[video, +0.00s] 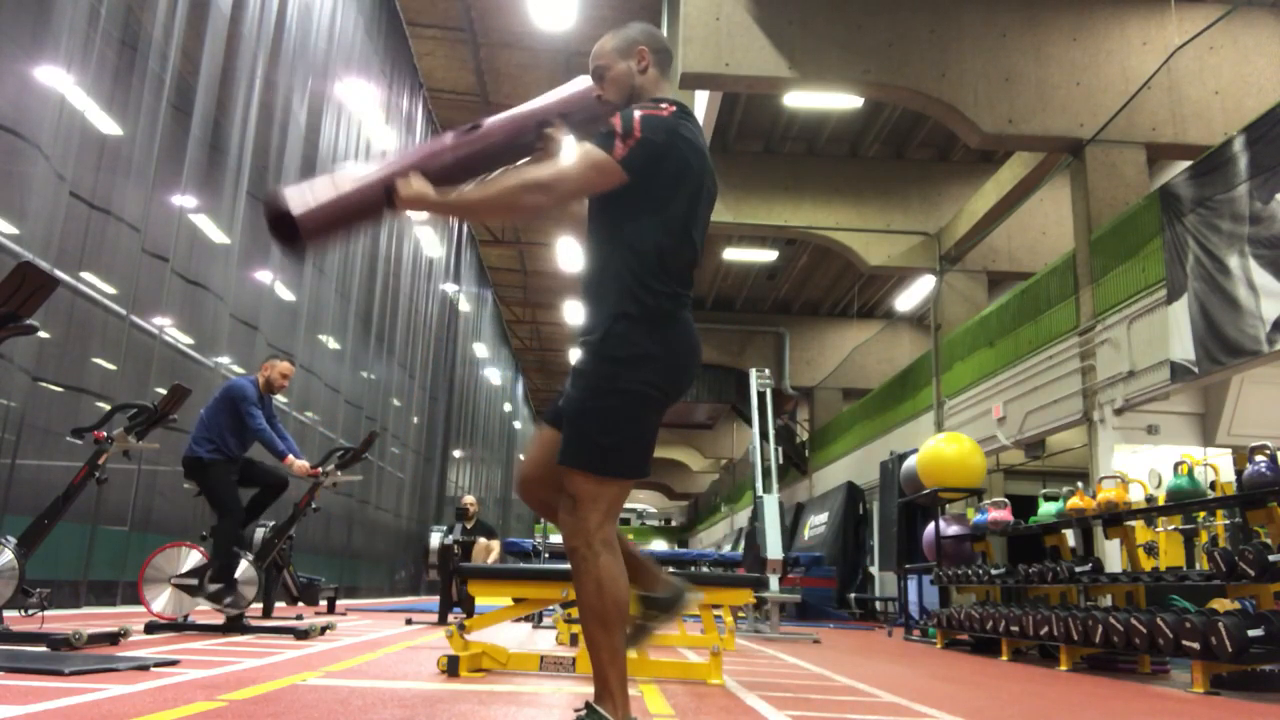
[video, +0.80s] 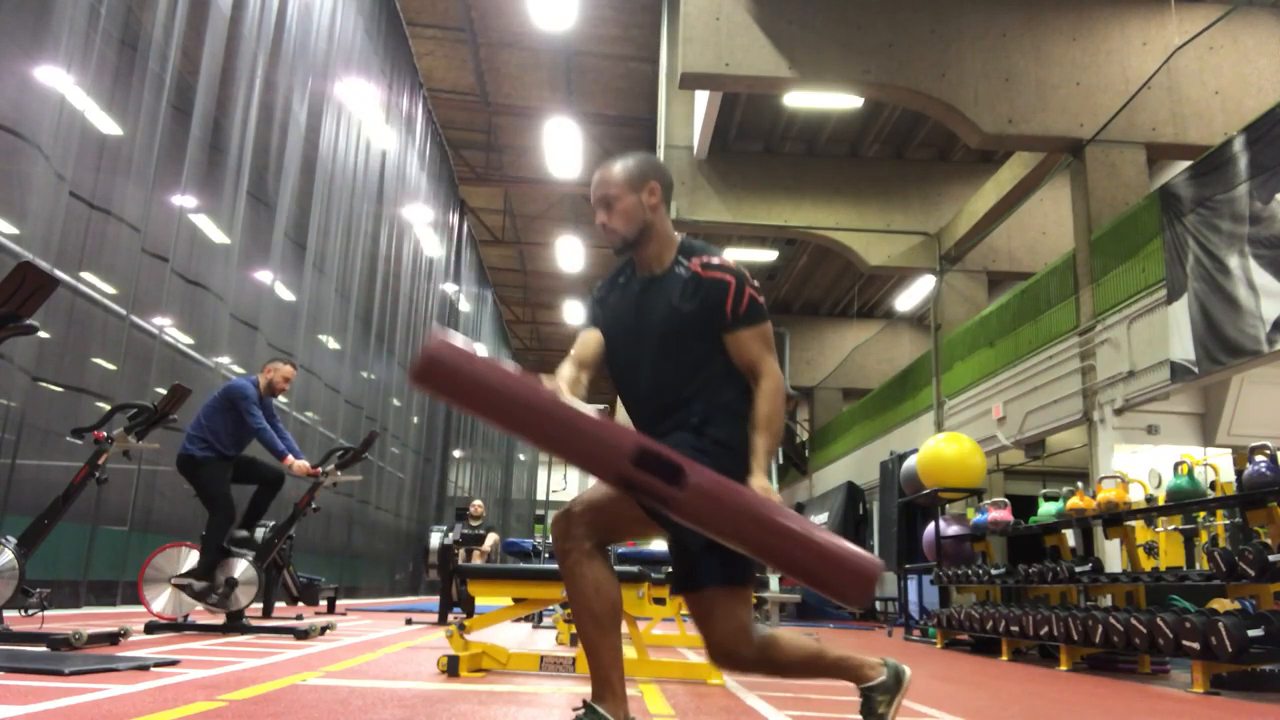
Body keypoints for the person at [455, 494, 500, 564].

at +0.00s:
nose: (468, 508)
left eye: (471, 505)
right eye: (465, 505)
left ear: (477, 508)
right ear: (461, 507)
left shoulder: (486, 528)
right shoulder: (454, 528)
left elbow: (496, 550)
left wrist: (487, 564)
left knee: (481, 541)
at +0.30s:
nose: (468, 506)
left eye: (471, 503)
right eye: (465, 503)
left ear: (477, 508)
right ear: (460, 506)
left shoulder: (483, 526)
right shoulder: (453, 526)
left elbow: (494, 542)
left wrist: (485, 556)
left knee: (479, 540)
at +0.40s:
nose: (470, 505)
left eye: (473, 503)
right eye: (466, 503)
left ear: (478, 507)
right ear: (462, 506)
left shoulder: (484, 525)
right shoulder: (454, 526)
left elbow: (492, 537)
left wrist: (485, 549)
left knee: (477, 540)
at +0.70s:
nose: (474, 506)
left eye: (478, 504)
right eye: (471, 504)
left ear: (483, 510)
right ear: (467, 508)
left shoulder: (487, 526)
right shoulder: (459, 524)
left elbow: (492, 534)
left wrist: (486, 544)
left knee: (477, 548)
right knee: (458, 548)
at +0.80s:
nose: (476, 508)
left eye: (479, 506)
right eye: (473, 506)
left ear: (484, 511)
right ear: (469, 509)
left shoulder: (488, 526)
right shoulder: (461, 525)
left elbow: (493, 535)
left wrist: (486, 545)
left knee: (476, 553)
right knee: (460, 552)